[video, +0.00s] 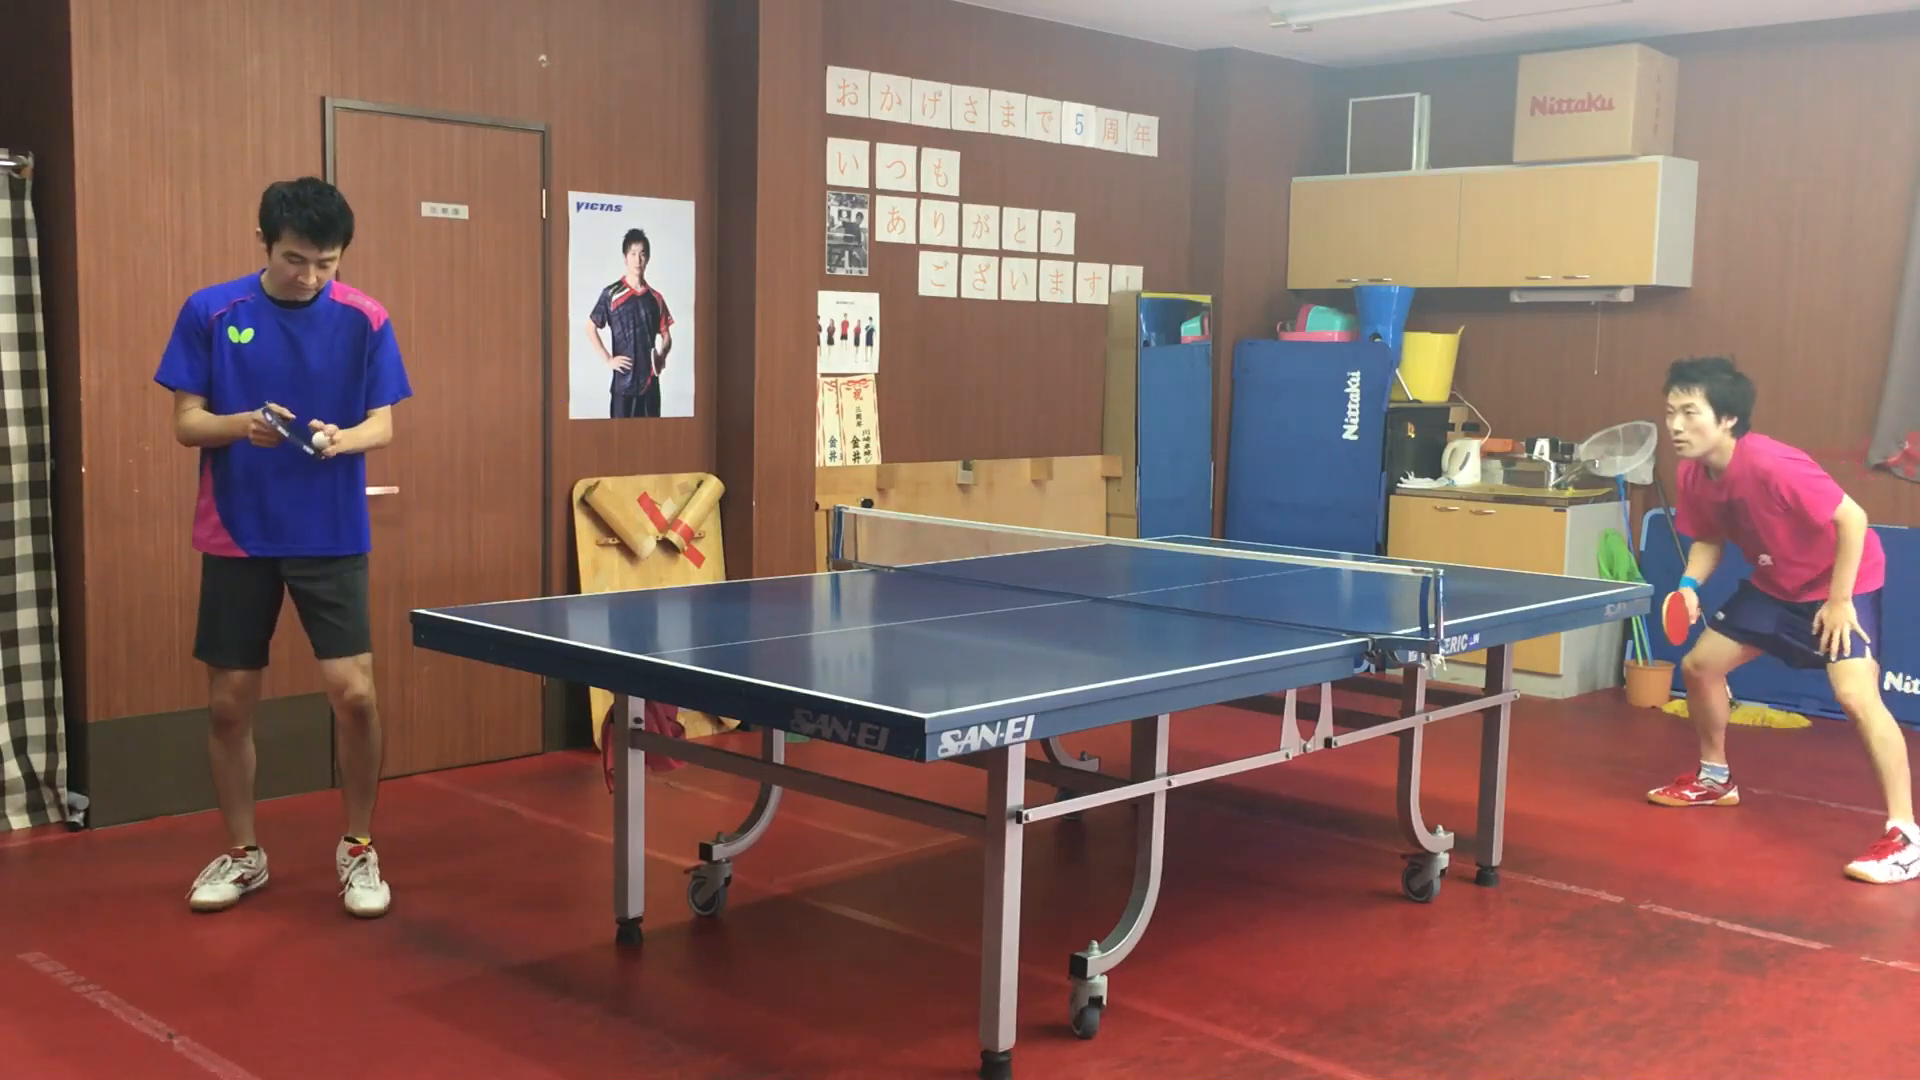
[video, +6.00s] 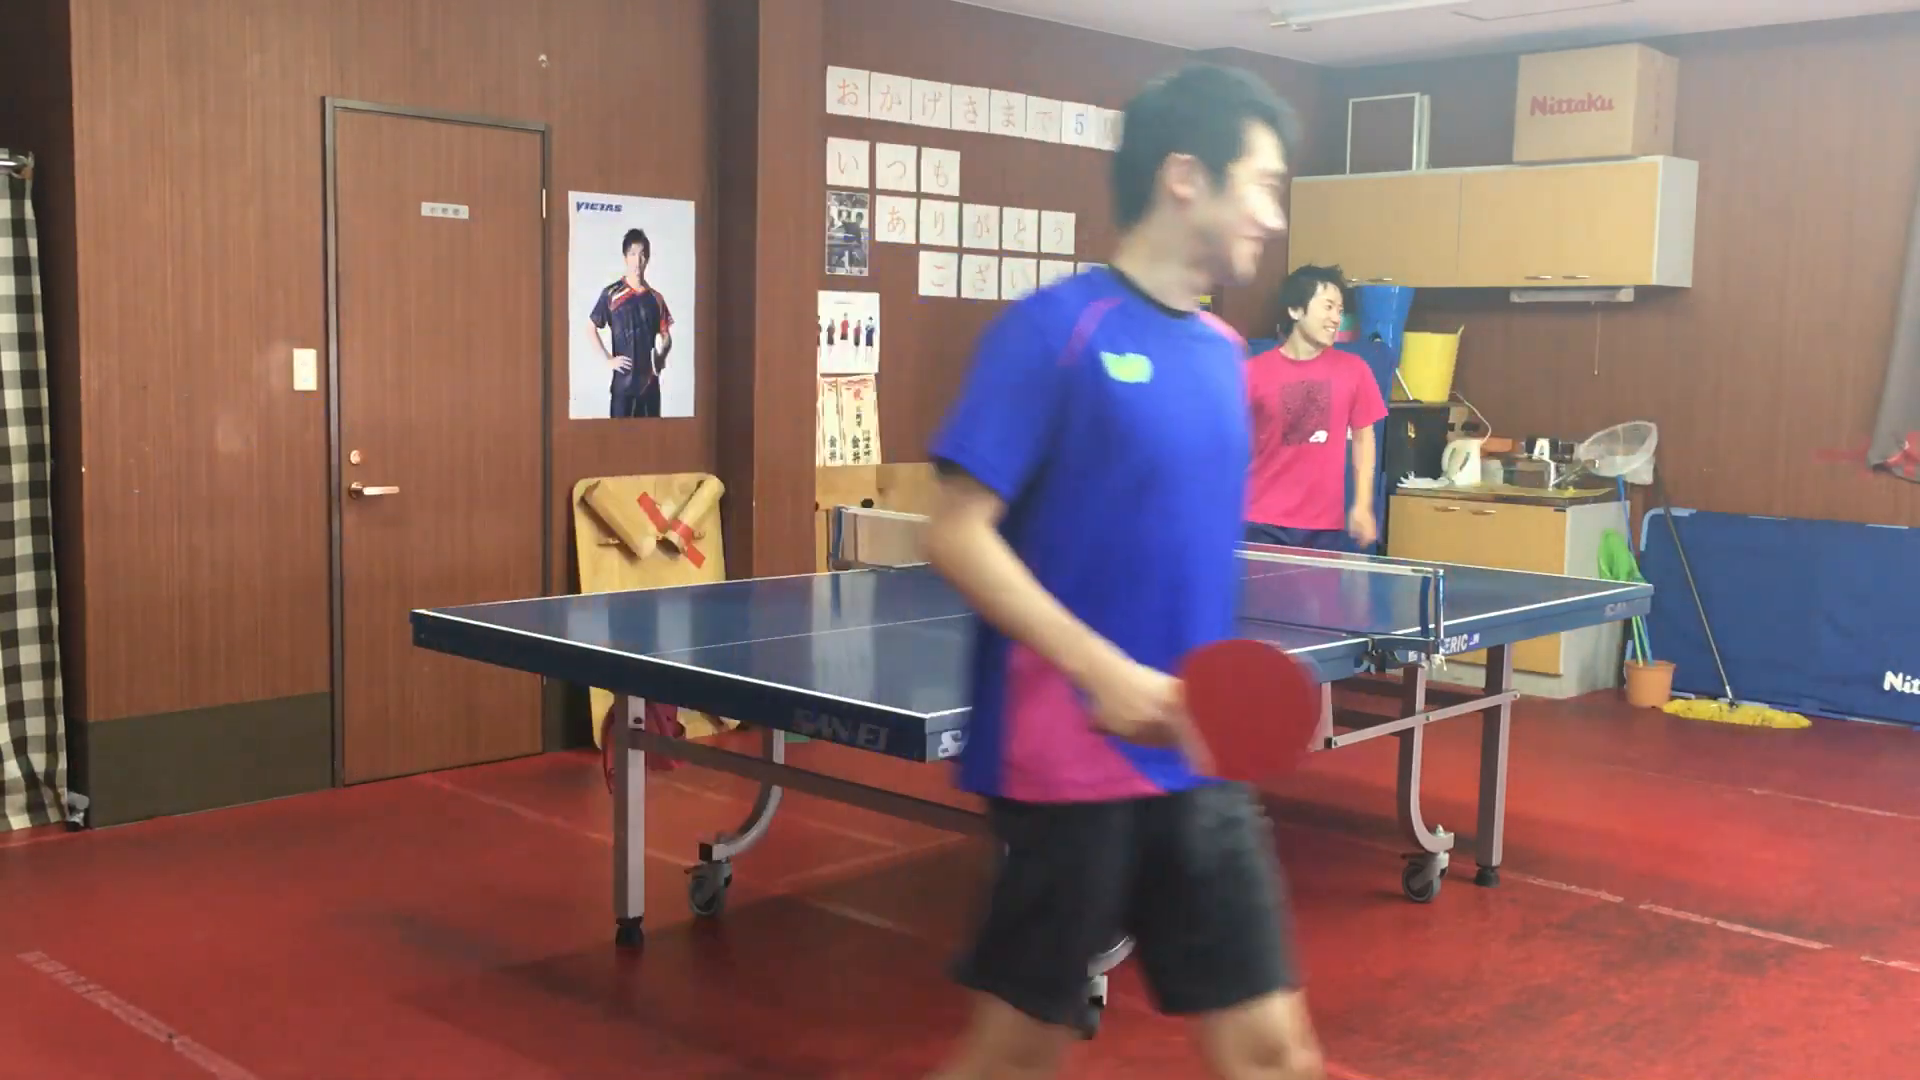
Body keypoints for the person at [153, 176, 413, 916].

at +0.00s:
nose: (309, 278)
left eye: (324, 263)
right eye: (296, 261)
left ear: (340, 253)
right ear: (266, 244)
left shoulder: (364, 319)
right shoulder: (211, 313)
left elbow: (382, 426)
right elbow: (188, 425)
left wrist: (345, 439)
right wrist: (247, 425)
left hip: (332, 546)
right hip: (239, 545)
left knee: (355, 698)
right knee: (229, 707)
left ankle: (358, 848)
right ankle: (244, 853)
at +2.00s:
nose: (218, 407)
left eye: (225, 388)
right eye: (196, 397)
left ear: (238, 374)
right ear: (162, 401)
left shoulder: (290, 439)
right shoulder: (135, 440)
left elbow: (378, 498)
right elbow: (40, 490)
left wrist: (340, 594)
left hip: (313, 638)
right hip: (209, 654)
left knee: (398, 742)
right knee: (150, 817)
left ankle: (348, 907)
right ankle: (178, 849)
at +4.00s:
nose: (380, 360)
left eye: (378, 343)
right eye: (368, 344)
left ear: (317, 357)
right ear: (311, 358)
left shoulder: (350, 427)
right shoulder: (213, 452)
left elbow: (415, 513)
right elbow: (142, 589)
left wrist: (470, 571)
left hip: (253, 657)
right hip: (179, 657)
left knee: (272, 818)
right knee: (261, 843)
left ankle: (204, 921)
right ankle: (157, 1057)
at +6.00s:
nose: (1278, 219)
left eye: (1279, 192)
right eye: (1265, 187)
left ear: (1192, 187)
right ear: (1183, 182)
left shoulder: (1222, 351)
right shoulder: (1052, 326)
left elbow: (1179, 552)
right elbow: (953, 530)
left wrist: (1225, 701)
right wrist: (1101, 669)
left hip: (1196, 762)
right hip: (1068, 769)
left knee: (1275, 1051)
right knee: (1015, 1048)